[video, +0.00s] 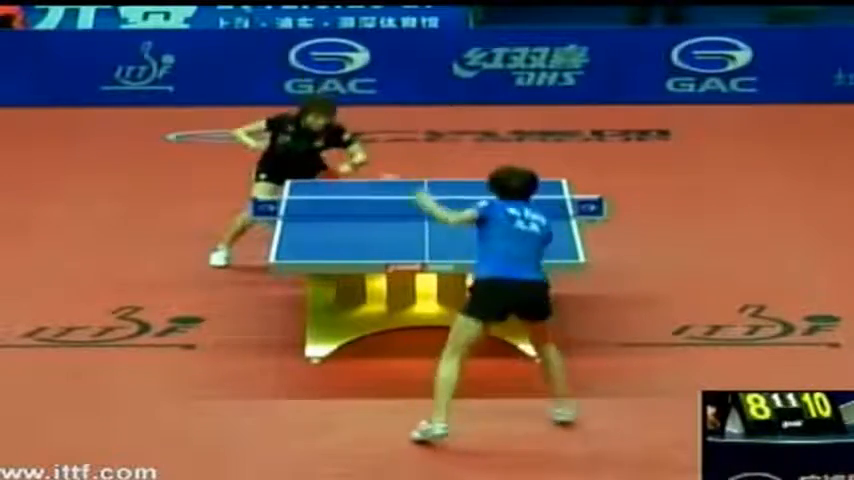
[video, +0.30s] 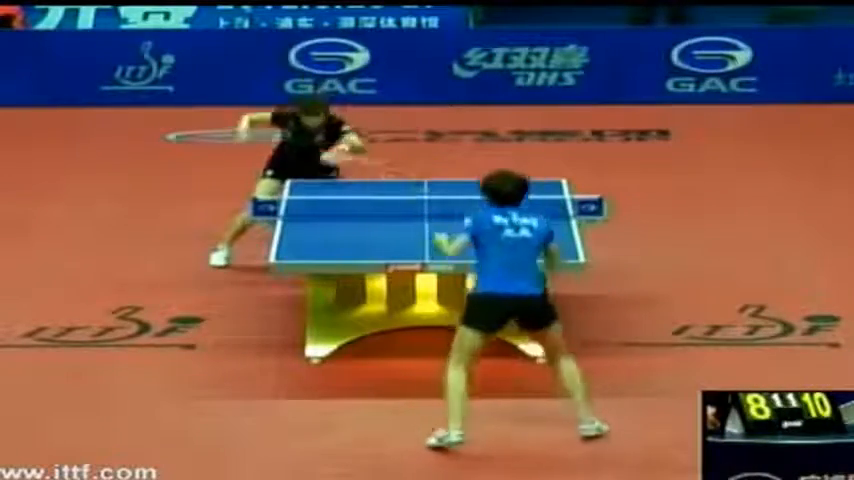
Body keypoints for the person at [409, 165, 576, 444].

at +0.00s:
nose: (491, 194)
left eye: (494, 190)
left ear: (499, 191)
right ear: (528, 193)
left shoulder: (491, 208)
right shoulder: (540, 220)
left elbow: (452, 219)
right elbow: (539, 252)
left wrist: (428, 204)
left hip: (492, 285)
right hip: (532, 287)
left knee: (453, 352)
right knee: (545, 345)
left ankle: (438, 422)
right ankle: (563, 406)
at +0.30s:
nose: (483, 199)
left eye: (486, 195)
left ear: (489, 197)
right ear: (520, 197)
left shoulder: (481, 221)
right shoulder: (538, 223)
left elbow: (454, 250)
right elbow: (553, 258)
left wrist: (441, 242)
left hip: (488, 296)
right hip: (531, 296)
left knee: (458, 361)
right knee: (560, 356)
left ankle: (454, 430)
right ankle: (587, 420)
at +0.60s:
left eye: (483, 197)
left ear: (484, 201)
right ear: (517, 206)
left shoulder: (469, 223)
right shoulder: (526, 234)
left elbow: (421, 241)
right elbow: (532, 274)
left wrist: (419, 227)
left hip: (471, 305)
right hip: (514, 305)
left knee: (440, 367)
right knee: (545, 351)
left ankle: (450, 433)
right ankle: (556, 407)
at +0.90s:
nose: (582, 240)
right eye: (583, 234)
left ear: (552, 219)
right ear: (574, 234)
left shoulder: (522, 226)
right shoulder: (563, 259)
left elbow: (479, 209)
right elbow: (552, 288)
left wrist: (447, 183)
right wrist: (590, 278)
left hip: (482, 295)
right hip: (519, 304)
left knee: (449, 363)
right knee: (537, 340)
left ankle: (449, 423)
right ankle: (539, 395)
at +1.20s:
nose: (534, 208)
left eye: (537, 206)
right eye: (535, 206)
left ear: (542, 210)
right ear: (565, 218)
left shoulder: (532, 223)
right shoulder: (563, 246)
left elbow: (513, 212)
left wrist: (489, 187)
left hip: (508, 294)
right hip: (541, 304)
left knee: (428, 336)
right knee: (537, 336)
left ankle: (463, 391)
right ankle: (539, 393)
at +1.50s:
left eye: (491, 202)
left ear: (494, 205)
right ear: (524, 204)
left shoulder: (492, 231)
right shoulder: (542, 235)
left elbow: (454, 261)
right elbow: (554, 279)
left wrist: (437, 258)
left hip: (498, 307)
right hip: (535, 309)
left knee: (447, 365)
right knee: (535, 352)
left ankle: (445, 431)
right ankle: (552, 411)